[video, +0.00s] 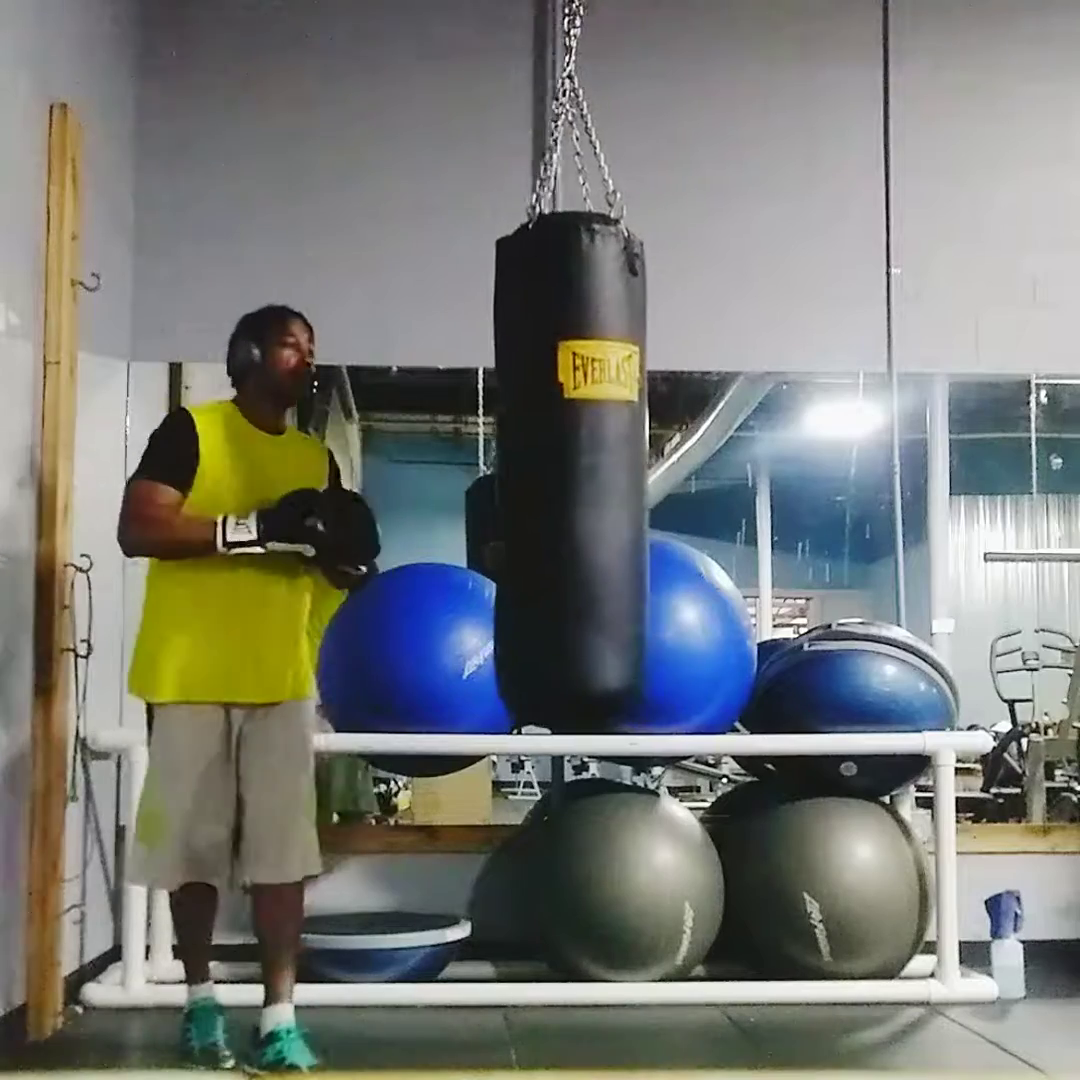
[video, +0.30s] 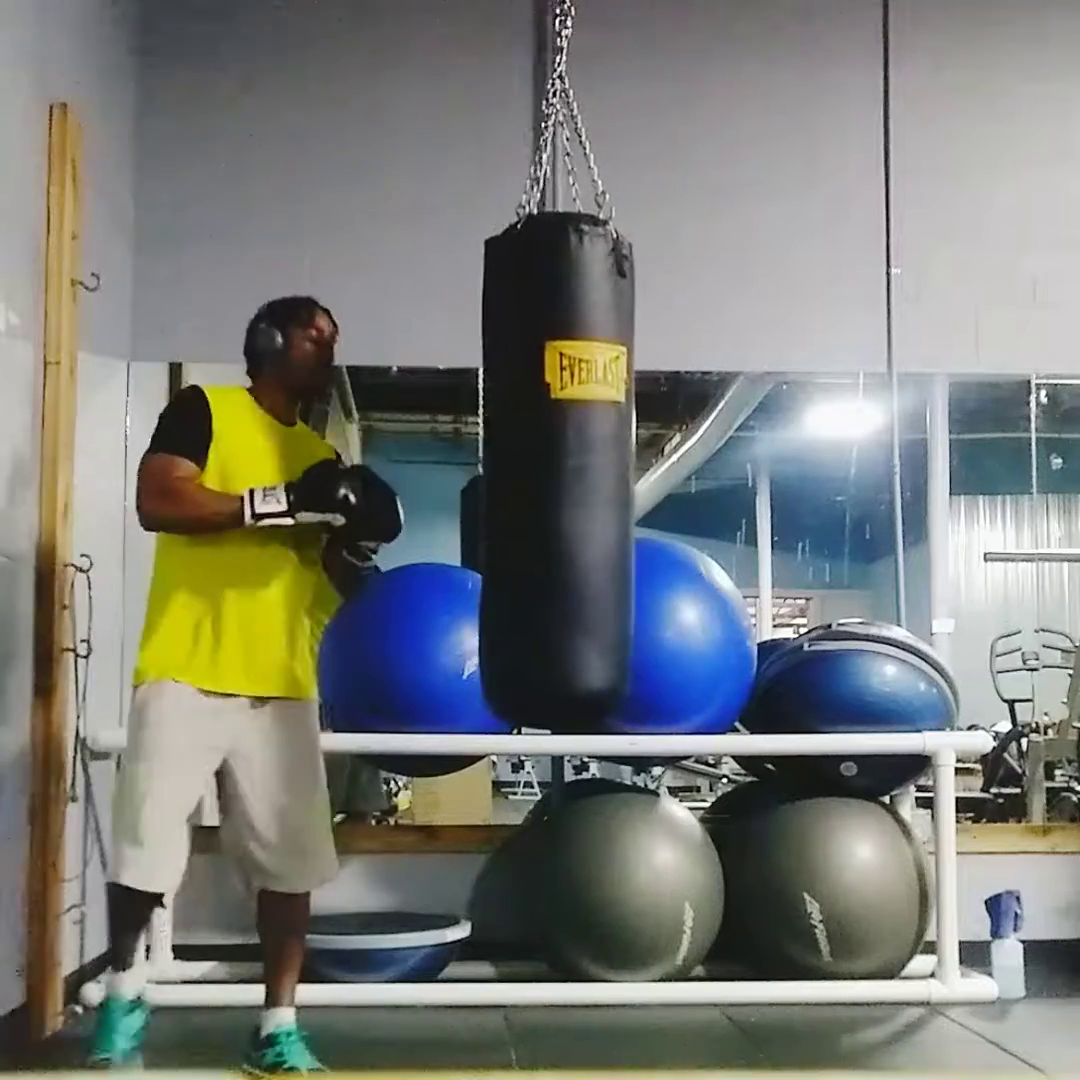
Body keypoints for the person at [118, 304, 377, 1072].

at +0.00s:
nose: (306, 360)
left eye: (309, 350)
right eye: (291, 346)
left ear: (309, 369)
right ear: (247, 358)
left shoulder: (320, 458)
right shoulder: (192, 429)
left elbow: (343, 577)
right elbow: (139, 527)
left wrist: (346, 554)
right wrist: (256, 528)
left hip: (282, 679)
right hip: (189, 674)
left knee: (282, 848)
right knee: (195, 847)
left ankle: (280, 1022)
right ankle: (202, 1008)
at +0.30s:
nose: (328, 354)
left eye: (332, 345)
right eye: (316, 338)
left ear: (325, 362)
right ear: (269, 342)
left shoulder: (325, 454)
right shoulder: (204, 407)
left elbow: (347, 580)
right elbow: (156, 503)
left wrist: (349, 539)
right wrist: (275, 504)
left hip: (282, 679)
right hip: (185, 665)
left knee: (289, 856)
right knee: (147, 841)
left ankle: (279, 1027)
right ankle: (122, 1000)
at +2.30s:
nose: (297, 362)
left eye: (299, 349)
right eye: (286, 344)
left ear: (261, 352)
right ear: (239, 342)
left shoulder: (262, 450)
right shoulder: (170, 417)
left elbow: (268, 570)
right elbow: (218, 515)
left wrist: (327, 527)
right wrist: (310, 467)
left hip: (253, 690)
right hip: (163, 692)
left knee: (303, 852)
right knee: (106, 874)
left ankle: (317, 1027)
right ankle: (52, 1034)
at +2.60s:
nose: (317, 370)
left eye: (320, 359)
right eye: (306, 352)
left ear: (301, 370)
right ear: (261, 351)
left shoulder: (281, 452)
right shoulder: (195, 419)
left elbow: (335, 557)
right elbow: (250, 496)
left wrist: (367, 487)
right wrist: (338, 442)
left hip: (264, 685)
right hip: (175, 686)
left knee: (333, 831)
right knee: (132, 862)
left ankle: (330, 1014)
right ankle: (70, 1020)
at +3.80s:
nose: (407, 376)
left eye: (417, 364)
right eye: (392, 362)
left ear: (429, 372)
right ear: (354, 369)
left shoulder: (445, 441)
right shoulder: (312, 437)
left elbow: (529, 483)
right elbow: (272, 529)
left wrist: (580, 447)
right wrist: (358, 458)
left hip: (417, 678)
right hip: (316, 682)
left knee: (442, 842)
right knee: (275, 843)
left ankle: (456, 1013)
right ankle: (235, 995)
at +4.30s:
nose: (410, 378)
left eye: (419, 369)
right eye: (398, 365)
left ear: (425, 379)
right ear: (359, 369)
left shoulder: (435, 449)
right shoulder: (311, 447)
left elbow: (485, 550)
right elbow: (301, 548)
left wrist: (483, 518)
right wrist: (390, 496)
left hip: (430, 667)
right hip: (338, 674)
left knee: (466, 828)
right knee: (326, 840)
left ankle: (482, 996)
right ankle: (322, 988)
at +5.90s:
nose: (555, 422)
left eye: (566, 409)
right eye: (552, 411)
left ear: (602, 408)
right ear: (564, 418)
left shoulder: (665, 465)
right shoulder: (563, 505)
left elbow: (738, 544)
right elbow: (509, 589)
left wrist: (660, 499)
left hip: (694, 670)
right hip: (637, 681)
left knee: (638, 819)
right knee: (664, 836)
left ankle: (694, 1008)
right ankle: (722, 994)